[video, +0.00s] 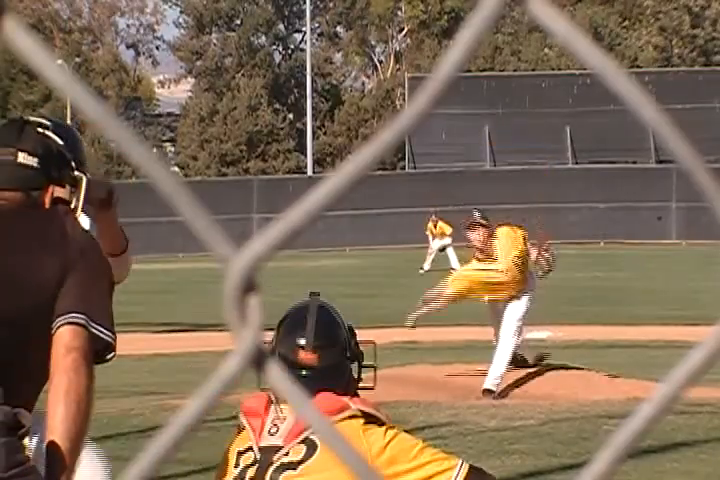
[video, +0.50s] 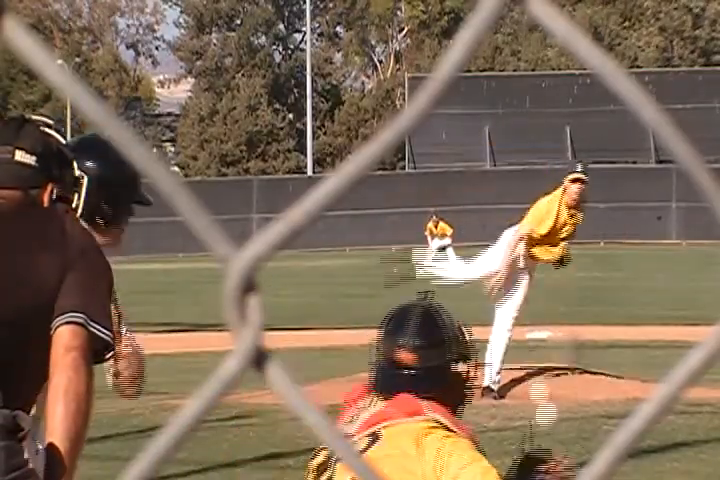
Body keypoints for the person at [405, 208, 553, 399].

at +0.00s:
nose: (473, 235)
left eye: (477, 229)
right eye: (470, 231)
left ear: (487, 230)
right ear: (467, 236)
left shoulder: (505, 236)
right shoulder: (475, 262)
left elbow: (525, 247)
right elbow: (457, 281)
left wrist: (539, 255)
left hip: (520, 291)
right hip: (495, 293)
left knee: (509, 331)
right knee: (499, 330)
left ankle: (491, 384)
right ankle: (513, 356)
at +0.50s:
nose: (579, 187)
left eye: (582, 184)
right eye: (574, 182)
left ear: (585, 189)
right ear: (565, 185)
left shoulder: (576, 215)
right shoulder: (551, 204)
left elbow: (559, 240)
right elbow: (522, 235)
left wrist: (560, 255)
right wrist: (504, 273)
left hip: (528, 262)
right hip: (513, 246)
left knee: (505, 320)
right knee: (463, 274)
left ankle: (491, 380)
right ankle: (440, 243)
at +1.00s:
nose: (620, 149)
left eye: (623, 144)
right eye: (616, 144)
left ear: (625, 148)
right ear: (605, 145)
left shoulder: (619, 179)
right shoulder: (599, 173)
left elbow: (615, 229)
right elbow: (602, 218)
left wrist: (614, 260)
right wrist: (634, 214)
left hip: (605, 250)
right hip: (590, 247)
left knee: (610, 316)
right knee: (610, 313)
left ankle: (560, 346)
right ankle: (600, 381)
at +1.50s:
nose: (649, 143)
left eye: (652, 139)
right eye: (644, 139)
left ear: (655, 143)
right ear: (635, 142)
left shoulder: (660, 177)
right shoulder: (626, 175)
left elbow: (670, 218)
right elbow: (619, 224)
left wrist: (690, 248)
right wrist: (639, 254)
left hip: (665, 252)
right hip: (640, 251)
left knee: (679, 321)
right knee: (649, 325)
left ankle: (670, 381)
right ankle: (609, 376)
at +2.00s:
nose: (630, 129)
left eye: (634, 124)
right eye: (625, 124)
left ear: (640, 128)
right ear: (619, 129)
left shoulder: (656, 157)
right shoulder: (609, 163)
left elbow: (671, 194)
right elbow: (604, 211)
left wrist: (675, 178)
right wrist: (604, 250)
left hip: (649, 242)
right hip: (619, 242)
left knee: (658, 311)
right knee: (617, 313)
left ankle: (666, 372)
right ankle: (619, 377)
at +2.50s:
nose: (603, 132)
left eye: (607, 127)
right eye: (598, 127)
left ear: (614, 131)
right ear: (593, 133)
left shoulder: (625, 158)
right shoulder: (593, 165)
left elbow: (646, 198)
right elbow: (588, 214)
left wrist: (623, 198)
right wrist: (576, 251)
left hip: (623, 240)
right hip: (604, 242)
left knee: (614, 308)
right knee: (603, 309)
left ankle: (617, 377)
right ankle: (612, 376)